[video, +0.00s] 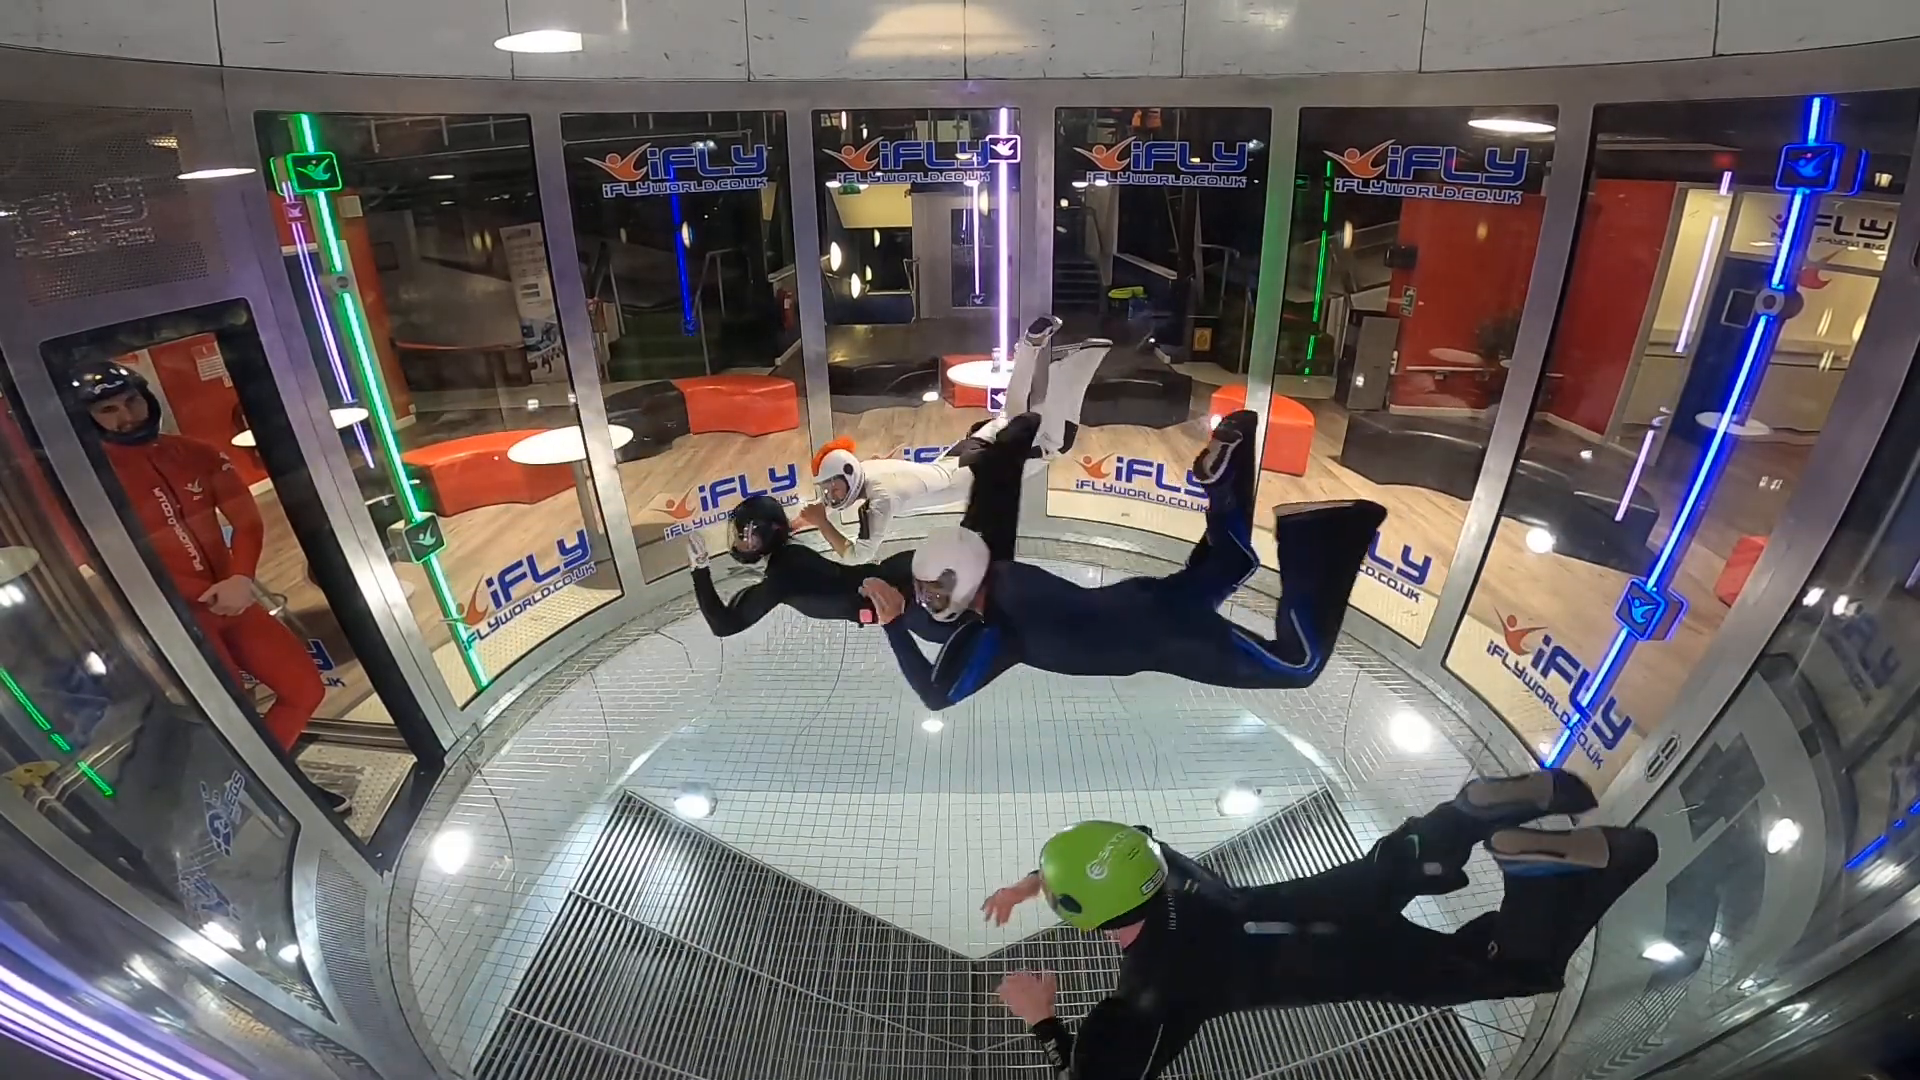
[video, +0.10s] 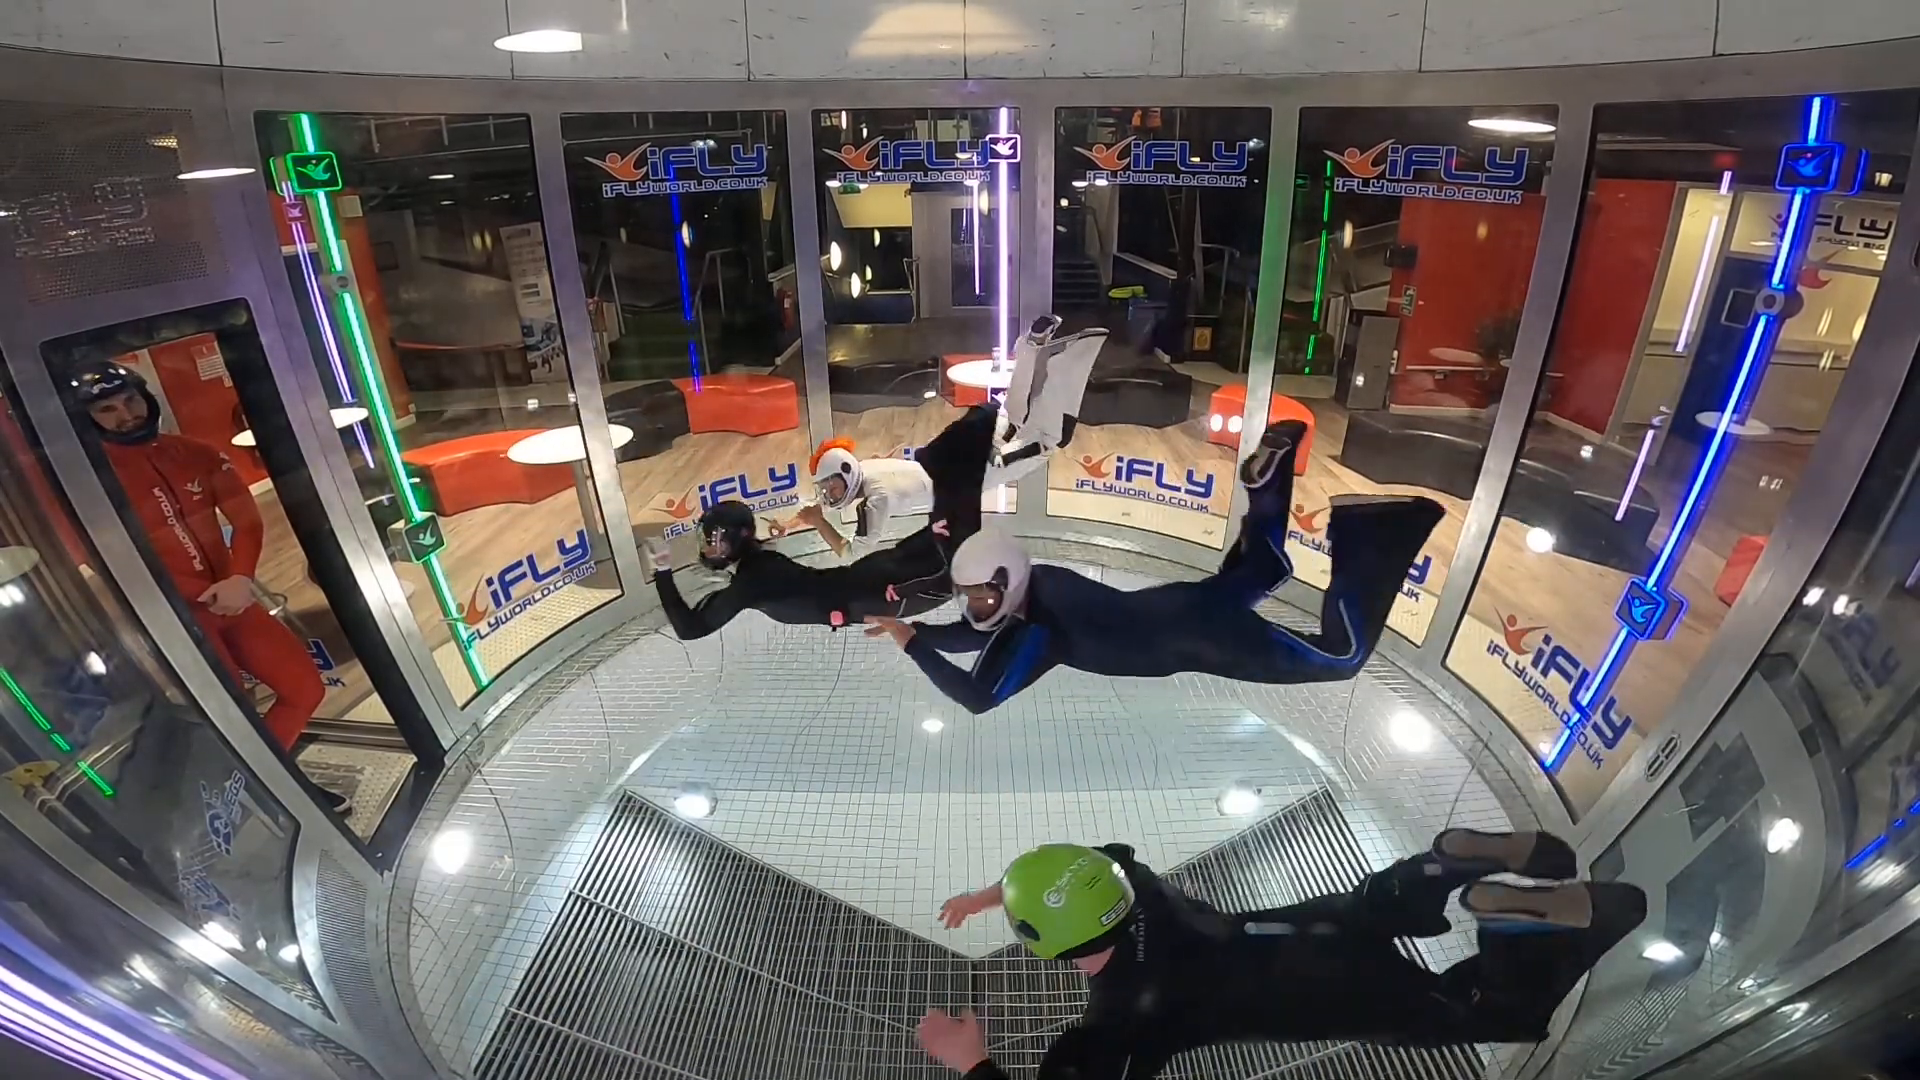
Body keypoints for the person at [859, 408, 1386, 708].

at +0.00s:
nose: (930, 604)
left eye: (935, 595)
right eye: (929, 596)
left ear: (960, 599)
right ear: (970, 573)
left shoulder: (996, 629)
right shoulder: (995, 575)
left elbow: (937, 694)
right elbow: (935, 627)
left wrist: (891, 628)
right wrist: (899, 604)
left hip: (1170, 638)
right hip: (1154, 598)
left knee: (1300, 665)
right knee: (1228, 557)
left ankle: (1316, 544)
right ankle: (1229, 469)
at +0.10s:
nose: (973, 606)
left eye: (978, 594)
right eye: (968, 595)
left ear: (1005, 584)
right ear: (999, 576)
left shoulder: (1037, 622)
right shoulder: (1031, 589)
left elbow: (979, 694)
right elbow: (977, 646)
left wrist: (910, 647)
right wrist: (913, 629)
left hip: (1206, 635)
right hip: (1183, 606)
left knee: (1342, 653)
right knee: (1256, 569)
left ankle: (1359, 533)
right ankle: (1270, 479)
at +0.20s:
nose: (1006, 606)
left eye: (1014, 596)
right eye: (1003, 597)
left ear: (1045, 587)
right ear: (1024, 584)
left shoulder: (1075, 623)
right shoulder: (1053, 583)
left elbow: (1022, 693)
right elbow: (1004, 642)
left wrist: (953, 651)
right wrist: (953, 635)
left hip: (1243, 640)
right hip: (1216, 610)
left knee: (1378, 655)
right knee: (1284, 583)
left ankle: (1403, 534)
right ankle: (1313, 502)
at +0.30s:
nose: (1043, 604)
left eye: (1056, 592)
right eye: (1037, 593)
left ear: (1086, 579)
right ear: (1034, 581)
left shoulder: (1110, 621)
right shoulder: (1077, 579)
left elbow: (1058, 691)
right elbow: (1042, 633)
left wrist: (1002, 631)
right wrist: (1002, 619)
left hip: (1263, 644)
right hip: (1235, 614)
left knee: (1409, 659)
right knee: (1310, 589)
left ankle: (1434, 541)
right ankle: (1351, 512)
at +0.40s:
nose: (1071, 583)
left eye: (1082, 571)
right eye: (1067, 572)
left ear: (1107, 570)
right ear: (1069, 572)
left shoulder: (1131, 614)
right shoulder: (1114, 582)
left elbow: (1085, 681)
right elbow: (1079, 606)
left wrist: (1046, 613)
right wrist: (1043, 624)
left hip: (1296, 646)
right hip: (1275, 618)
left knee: (1425, 664)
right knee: (1340, 589)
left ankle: (1460, 548)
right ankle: (1380, 511)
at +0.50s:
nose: (1089, 574)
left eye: (1100, 562)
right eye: (1084, 563)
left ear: (1129, 563)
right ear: (1086, 563)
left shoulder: (1153, 603)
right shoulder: (1129, 580)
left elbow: (1107, 674)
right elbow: (1093, 602)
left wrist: (1063, 619)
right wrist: (1055, 611)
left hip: (1315, 647)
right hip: (1293, 621)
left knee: (1445, 671)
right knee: (1355, 590)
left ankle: (1471, 556)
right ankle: (1392, 512)